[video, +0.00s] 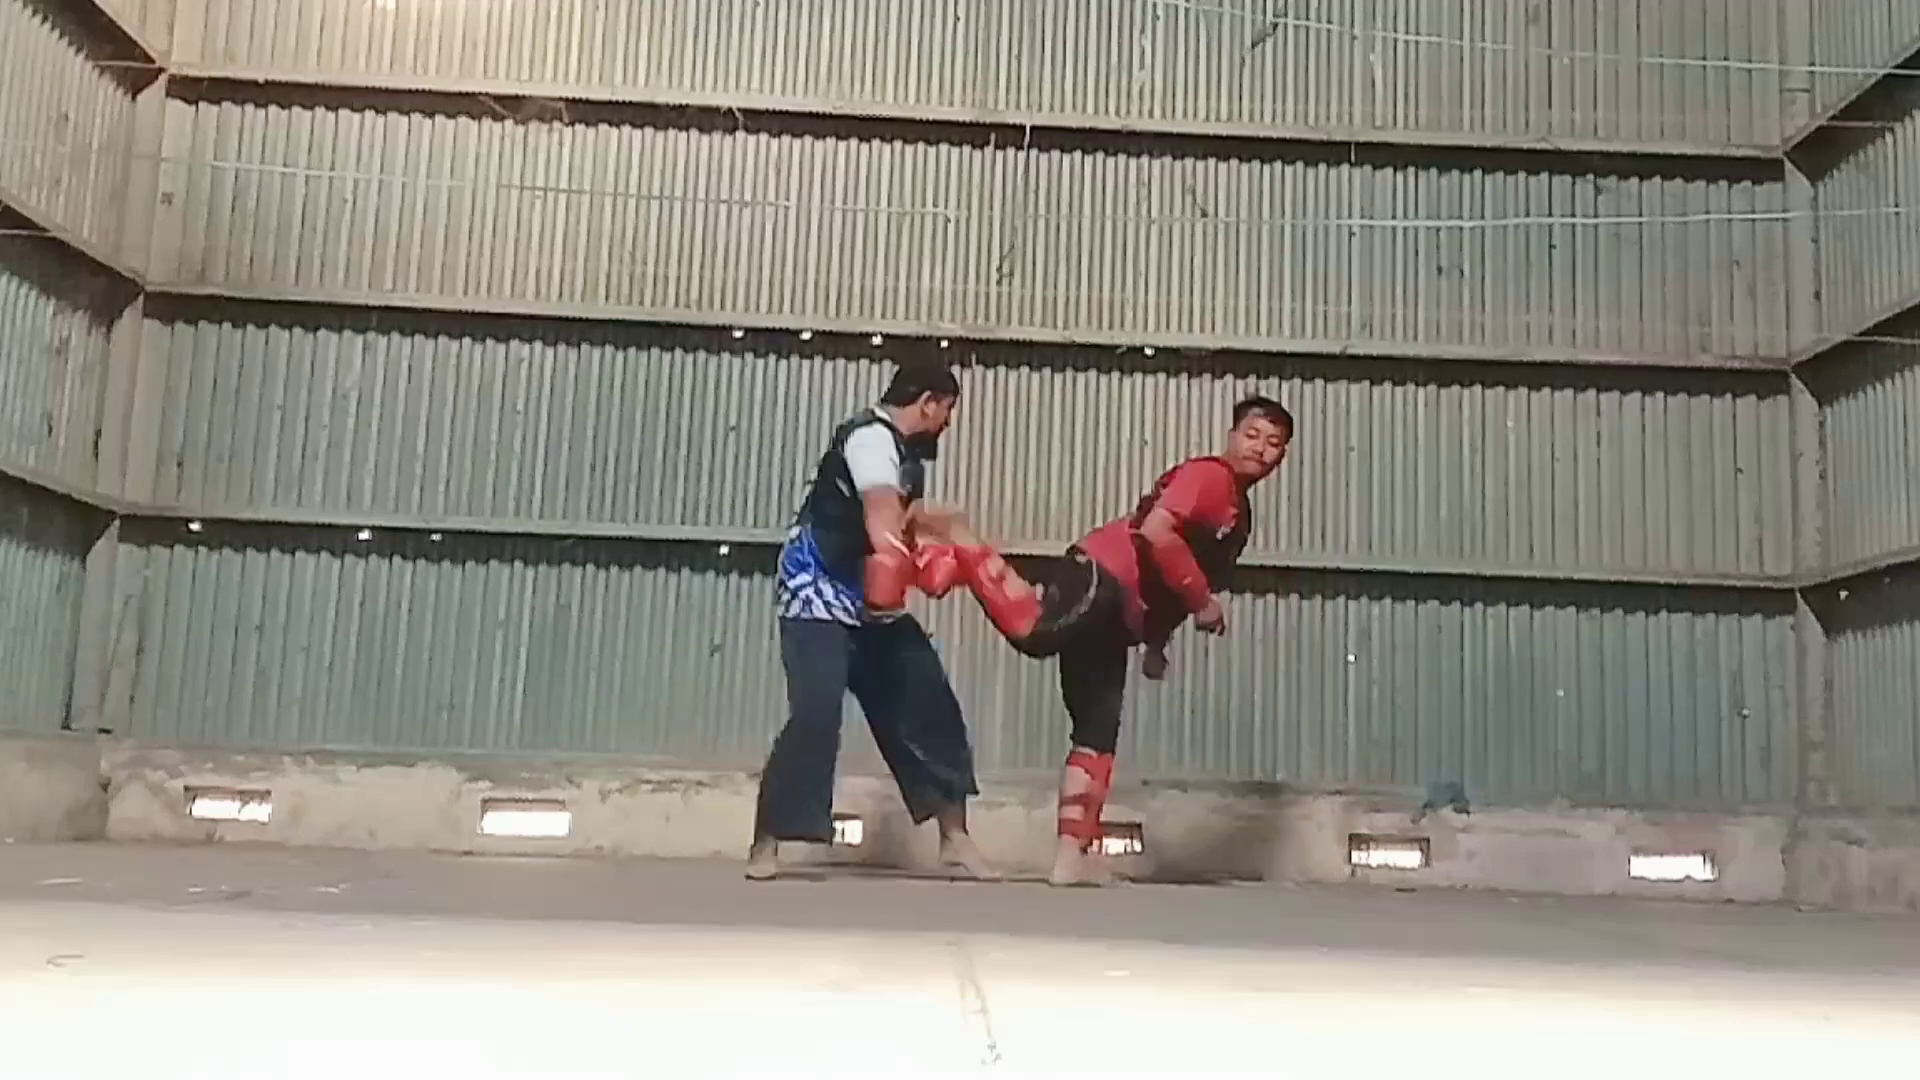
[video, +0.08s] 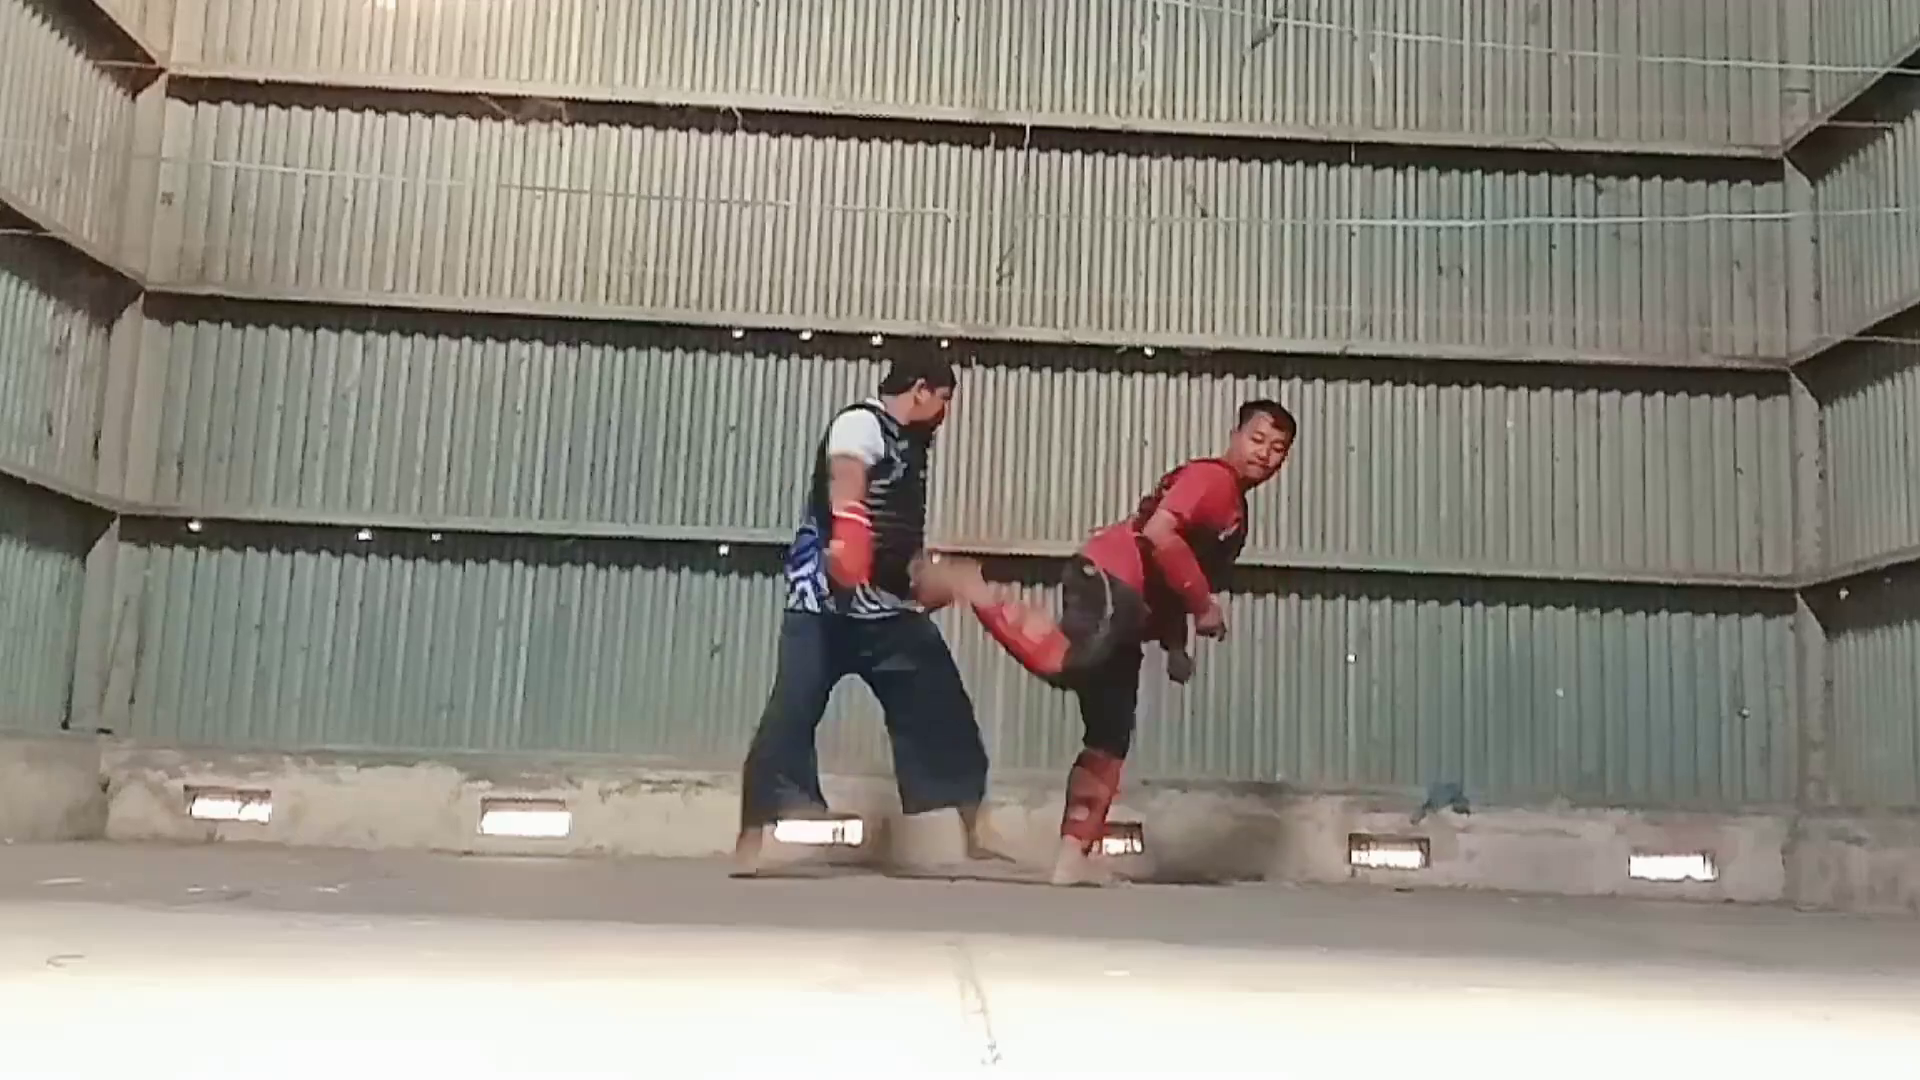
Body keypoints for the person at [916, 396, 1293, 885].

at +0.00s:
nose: (1261, 448)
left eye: (1274, 443)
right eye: (1252, 435)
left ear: (1282, 457)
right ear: (1231, 437)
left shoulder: (1234, 512)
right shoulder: (1208, 476)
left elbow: (1177, 577)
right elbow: (1156, 530)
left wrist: (1157, 642)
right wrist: (1202, 599)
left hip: (1113, 619)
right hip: (1101, 577)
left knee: (1096, 731)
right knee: (1031, 631)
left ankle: (1071, 859)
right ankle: (965, 557)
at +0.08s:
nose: (1265, 453)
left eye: (1278, 448)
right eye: (1258, 439)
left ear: (1284, 458)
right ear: (1235, 436)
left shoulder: (1232, 510)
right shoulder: (1211, 477)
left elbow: (1177, 583)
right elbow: (1159, 532)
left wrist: (1176, 646)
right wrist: (1203, 602)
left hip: (1129, 614)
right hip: (1111, 575)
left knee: (1108, 738)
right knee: (1060, 659)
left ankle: (1072, 859)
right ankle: (968, 586)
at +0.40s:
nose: (1300, 426)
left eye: (1299, 417)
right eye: (1302, 418)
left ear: (1253, 406)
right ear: (1298, 416)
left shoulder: (1208, 454)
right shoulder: (1287, 458)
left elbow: (1175, 537)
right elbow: (1276, 539)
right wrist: (1295, 622)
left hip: (1173, 610)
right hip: (1237, 619)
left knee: (1142, 727)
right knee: (1272, 732)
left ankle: (1079, 849)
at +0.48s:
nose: (1247, 400)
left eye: (1251, 391)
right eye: (1252, 391)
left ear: (1262, 393)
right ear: (1301, 402)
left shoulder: (1214, 448)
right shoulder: (1320, 452)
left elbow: (1181, 533)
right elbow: (1327, 537)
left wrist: (1209, 588)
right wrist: (1320, 615)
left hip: (1208, 611)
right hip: (1279, 618)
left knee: (1163, 719)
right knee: (1293, 742)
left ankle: (1099, 843)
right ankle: (1280, 873)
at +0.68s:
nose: (1281, 371)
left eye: (1283, 360)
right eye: (1280, 361)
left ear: (1304, 357)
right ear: (1335, 359)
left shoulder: (1283, 416)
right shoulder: (1385, 422)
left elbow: (1255, 505)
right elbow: (1407, 521)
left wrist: (1254, 556)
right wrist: (1386, 569)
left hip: (1305, 586)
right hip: (1376, 587)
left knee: (1275, 708)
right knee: (1346, 715)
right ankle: (1366, 858)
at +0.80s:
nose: (1324, 380)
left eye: (1328, 367)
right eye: (1325, 368)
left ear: (1350, 366)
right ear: (1375, 370)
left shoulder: (1350, 427)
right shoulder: (1411, 436)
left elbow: (1303, 513)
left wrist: (1273, 550)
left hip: (1390, 610)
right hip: (1414, 608)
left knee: (1383, 735)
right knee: (1363, 737)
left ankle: (1509, 825)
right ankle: (1377, 876)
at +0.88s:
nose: (1338, 379)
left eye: (1343, 367)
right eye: (1342, 367)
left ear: (1363, 370)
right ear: (1393, 374)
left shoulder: (1372, 436)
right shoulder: (1416, 439)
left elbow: (1337, 524)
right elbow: (1391, 543)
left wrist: (1286, 556)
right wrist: (1321, 568)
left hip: (1416, 617)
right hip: (1429, 616)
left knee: (1473, 742)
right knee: (1365, 735)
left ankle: (1579, 856)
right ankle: (1378, 874)